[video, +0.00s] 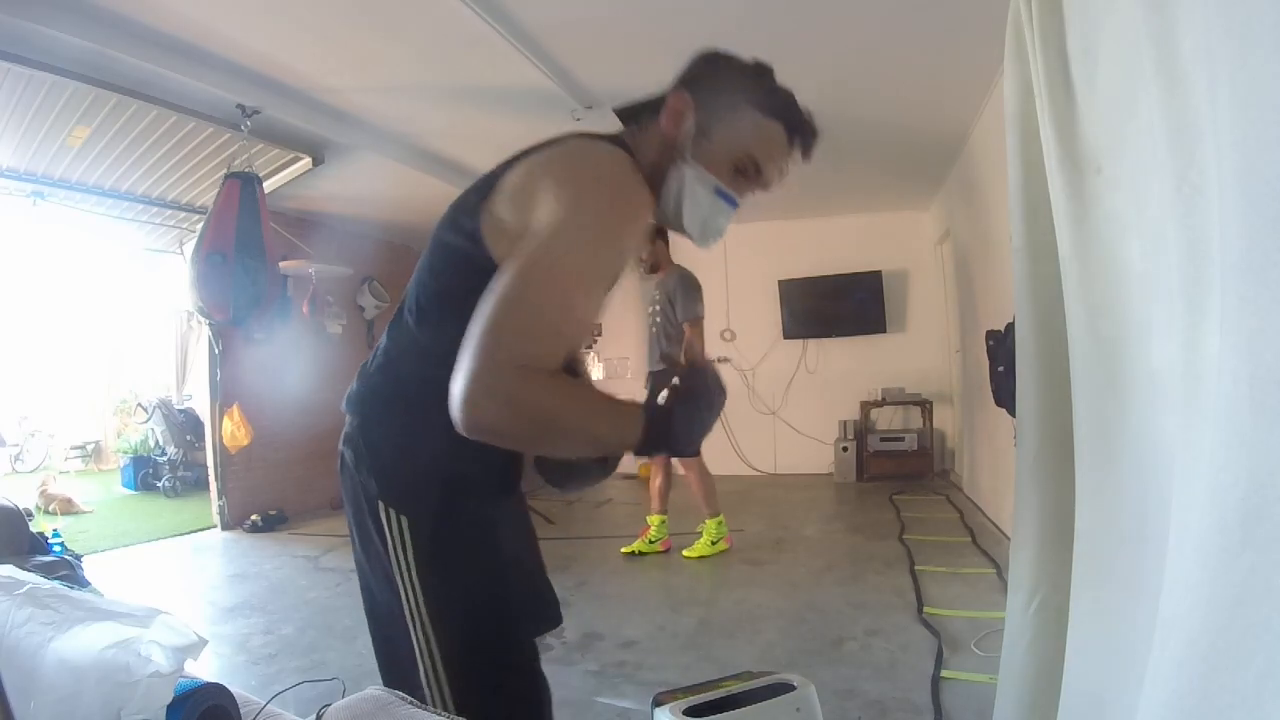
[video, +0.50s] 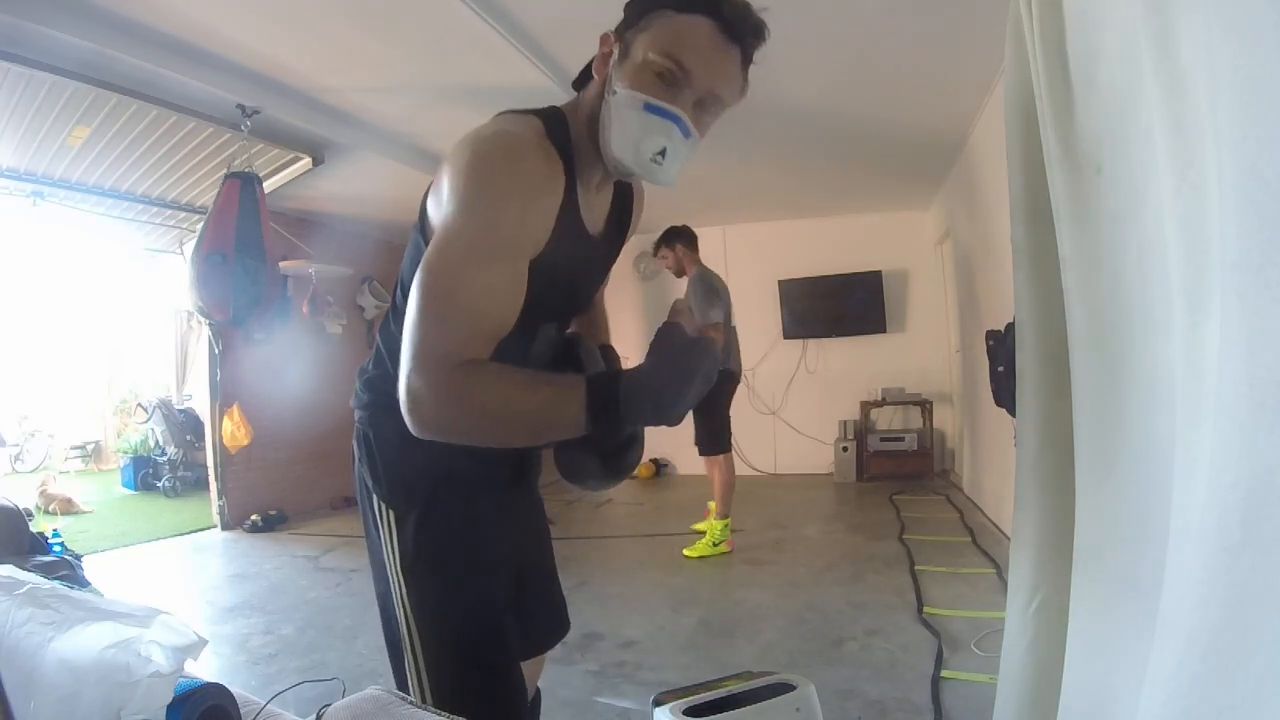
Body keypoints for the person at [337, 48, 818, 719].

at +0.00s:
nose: (741, 199)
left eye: (756, 187)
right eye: (742, 169)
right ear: (679, 117)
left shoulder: (612, 187)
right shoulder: (600, 186)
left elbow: (548, 351)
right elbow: (488, 397)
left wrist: (579, 441)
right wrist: (656, 425)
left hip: (467, 457)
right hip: (420, 461)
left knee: (509, 677)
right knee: (485, 703)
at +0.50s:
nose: (679, 116)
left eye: (707, 107)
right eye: (666, 76)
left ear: (719, 120)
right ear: (608, 54)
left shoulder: (622, 195)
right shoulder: (506, 158)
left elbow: (583, 300)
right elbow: (433, 398)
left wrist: (603, 405)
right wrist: (636, 395)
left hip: (504, 434)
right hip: (421, 444)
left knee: (531, 636)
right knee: (480, 695)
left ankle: (521, 708)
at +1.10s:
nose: (622, 102)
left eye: (667, 80)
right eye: (600, 53)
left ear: (707, 84)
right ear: (553, 34)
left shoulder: (656, 194)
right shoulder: (453, 171)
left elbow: (640, 302)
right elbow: (368, 421)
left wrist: (641, 385)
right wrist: (547, 472)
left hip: (535, 456)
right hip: (431, 469)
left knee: (529, 678)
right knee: (472, 703)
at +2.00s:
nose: (672, 105)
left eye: (707, 78)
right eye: (646, 58)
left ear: (728, 73)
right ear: (560, 28)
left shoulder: (669, 187)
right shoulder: (442, 165)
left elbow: (659, 300)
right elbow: (367, 405)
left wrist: (660, 407)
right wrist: (435, 437)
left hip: (545, 458)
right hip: (434, 471)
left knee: (527, 683)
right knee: (468, 704)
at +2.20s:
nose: (713, 120)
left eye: (736, 87)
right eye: (689, 77)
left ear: (751, 73)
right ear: (584, 40)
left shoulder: (664, 188)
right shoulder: (446, 161)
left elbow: (653, 301)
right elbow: (391, 453)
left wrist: (654, 415)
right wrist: (454, 359)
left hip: (537, 450)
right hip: (431, 459)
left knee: (522, 688)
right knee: (469, 705)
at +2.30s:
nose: (703, 120)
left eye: (728, 89)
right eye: (681, 79)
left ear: (747, 71)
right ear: (577, 38)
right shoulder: (449, 160)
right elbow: (384, 444)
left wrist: (625, 456)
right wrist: (551, 368)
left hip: (533, 473)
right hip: (431, 483)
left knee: (519, 686)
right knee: (464, 704)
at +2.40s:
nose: (687, 115)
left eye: (716, 85)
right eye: (662, 73)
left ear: (738, 63)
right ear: (566, 32)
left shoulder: (656, 183)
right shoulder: (450, 154)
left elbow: (646, 303)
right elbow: (389, 428)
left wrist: (652, 400)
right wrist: (653, 425)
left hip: (528, 450)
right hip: (429, 460)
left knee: (519, 680)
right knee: (461, 701)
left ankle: (517, 705)